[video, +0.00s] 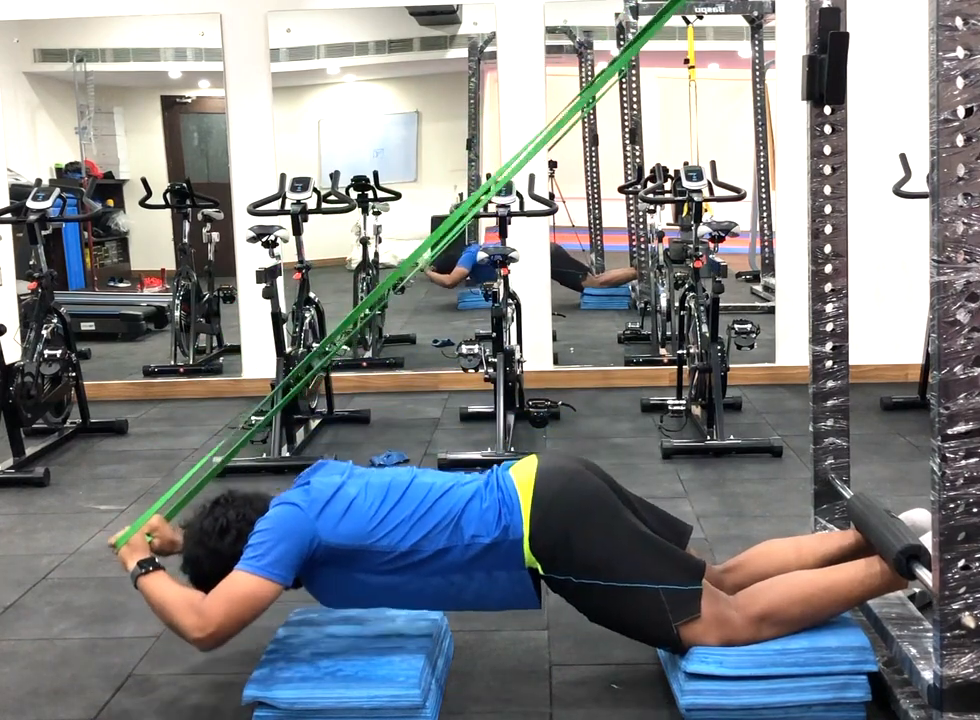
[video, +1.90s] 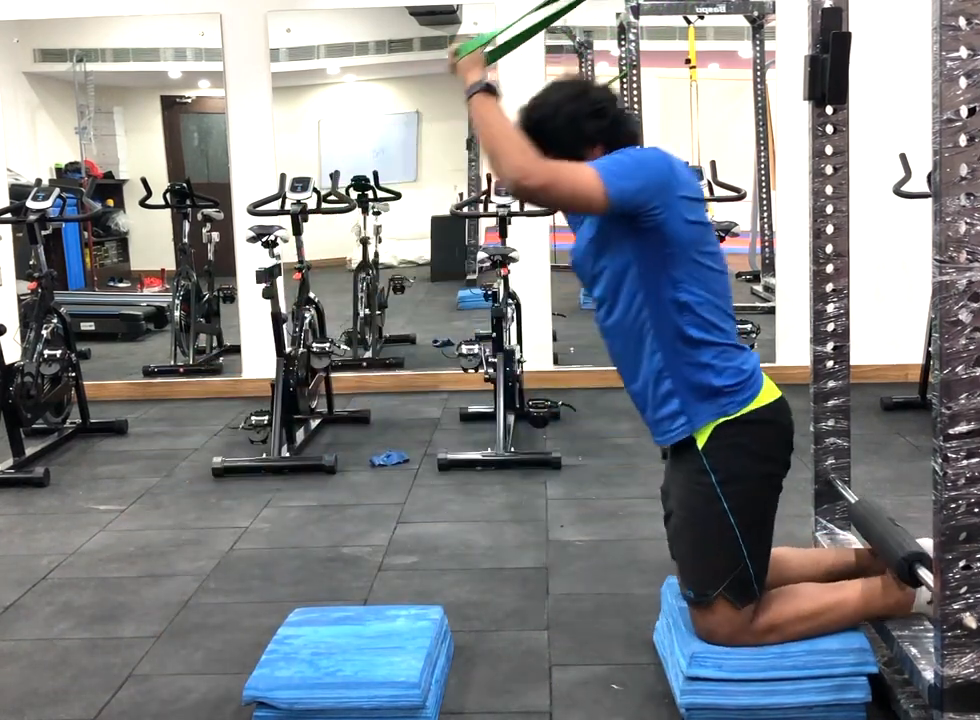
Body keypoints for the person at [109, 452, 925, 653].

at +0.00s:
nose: (236, 576)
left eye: (228, 567)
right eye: (227, 564)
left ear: (239, 550)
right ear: (249, 506)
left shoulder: (294, 520)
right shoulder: (315, 488)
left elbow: (203, 624)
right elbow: (234, 596)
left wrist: (141, 570)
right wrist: (174, 560)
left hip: (545, 524)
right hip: (550, 487)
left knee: (716, 628)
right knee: (715, 580)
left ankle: (898, 567)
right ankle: (863, 535)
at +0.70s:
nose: (269, 468)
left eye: (265, 458)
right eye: (262, 459)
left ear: (281, 428)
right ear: (291, 406)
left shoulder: (349, 404)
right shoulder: (352, 396)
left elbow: (246, 500)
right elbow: (261, 483)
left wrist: (178, 447)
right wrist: (201, 442)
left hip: (591, 473)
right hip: (589, 461)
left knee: (728, 623)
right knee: (716, 586)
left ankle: (907, 567)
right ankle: (864, 533)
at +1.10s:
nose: (333, 367)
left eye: (326, 351)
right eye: (327, 353)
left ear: (341, 328)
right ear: (360, 308)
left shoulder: (412, 322)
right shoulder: (415, 318)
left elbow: (302, 397)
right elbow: (318, 391)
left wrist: (235, 344)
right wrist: (253, 343)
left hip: (633, 447)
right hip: (632, 434)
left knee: (729, 623)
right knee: (727, 581)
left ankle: (900, 568)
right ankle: (861, 535)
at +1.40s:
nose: (404, 295)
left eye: (403, 281)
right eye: (396, 286)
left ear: (426, 256)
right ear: (435, 237)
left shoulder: (490, 254)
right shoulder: (486, 262)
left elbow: (365, 312)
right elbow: (378, 301)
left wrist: (292, 252)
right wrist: (311, 248)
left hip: (672, 433)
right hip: (668, 425)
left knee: (726, 626)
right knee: (731, 578)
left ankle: (905, 571)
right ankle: (869, 539)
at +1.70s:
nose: (492, 231)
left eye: (494, 216)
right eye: (486, 221)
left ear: (523, 190)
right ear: (525, 193)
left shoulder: (583, 203)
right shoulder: (562, 226)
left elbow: (455, 236)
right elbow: (463, 231)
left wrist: (388, 162)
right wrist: (403, 175)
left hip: (717, 430)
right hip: (687, 437)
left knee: (728, 624)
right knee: (708, 588)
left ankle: (902, 573)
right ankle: (865, 541)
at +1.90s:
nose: (543, 182)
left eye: (550, 167)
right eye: (540, 168)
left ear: (583, 148)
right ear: (590, 150)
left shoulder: (648, 173)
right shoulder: (612, 203)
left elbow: (526, 174)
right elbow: (528, 178)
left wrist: (475, 86)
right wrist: (483, 102)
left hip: (731, 427)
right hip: (697, 430)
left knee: (724, 620)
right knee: (710, 572)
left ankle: (908, 595)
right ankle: (867, 559)